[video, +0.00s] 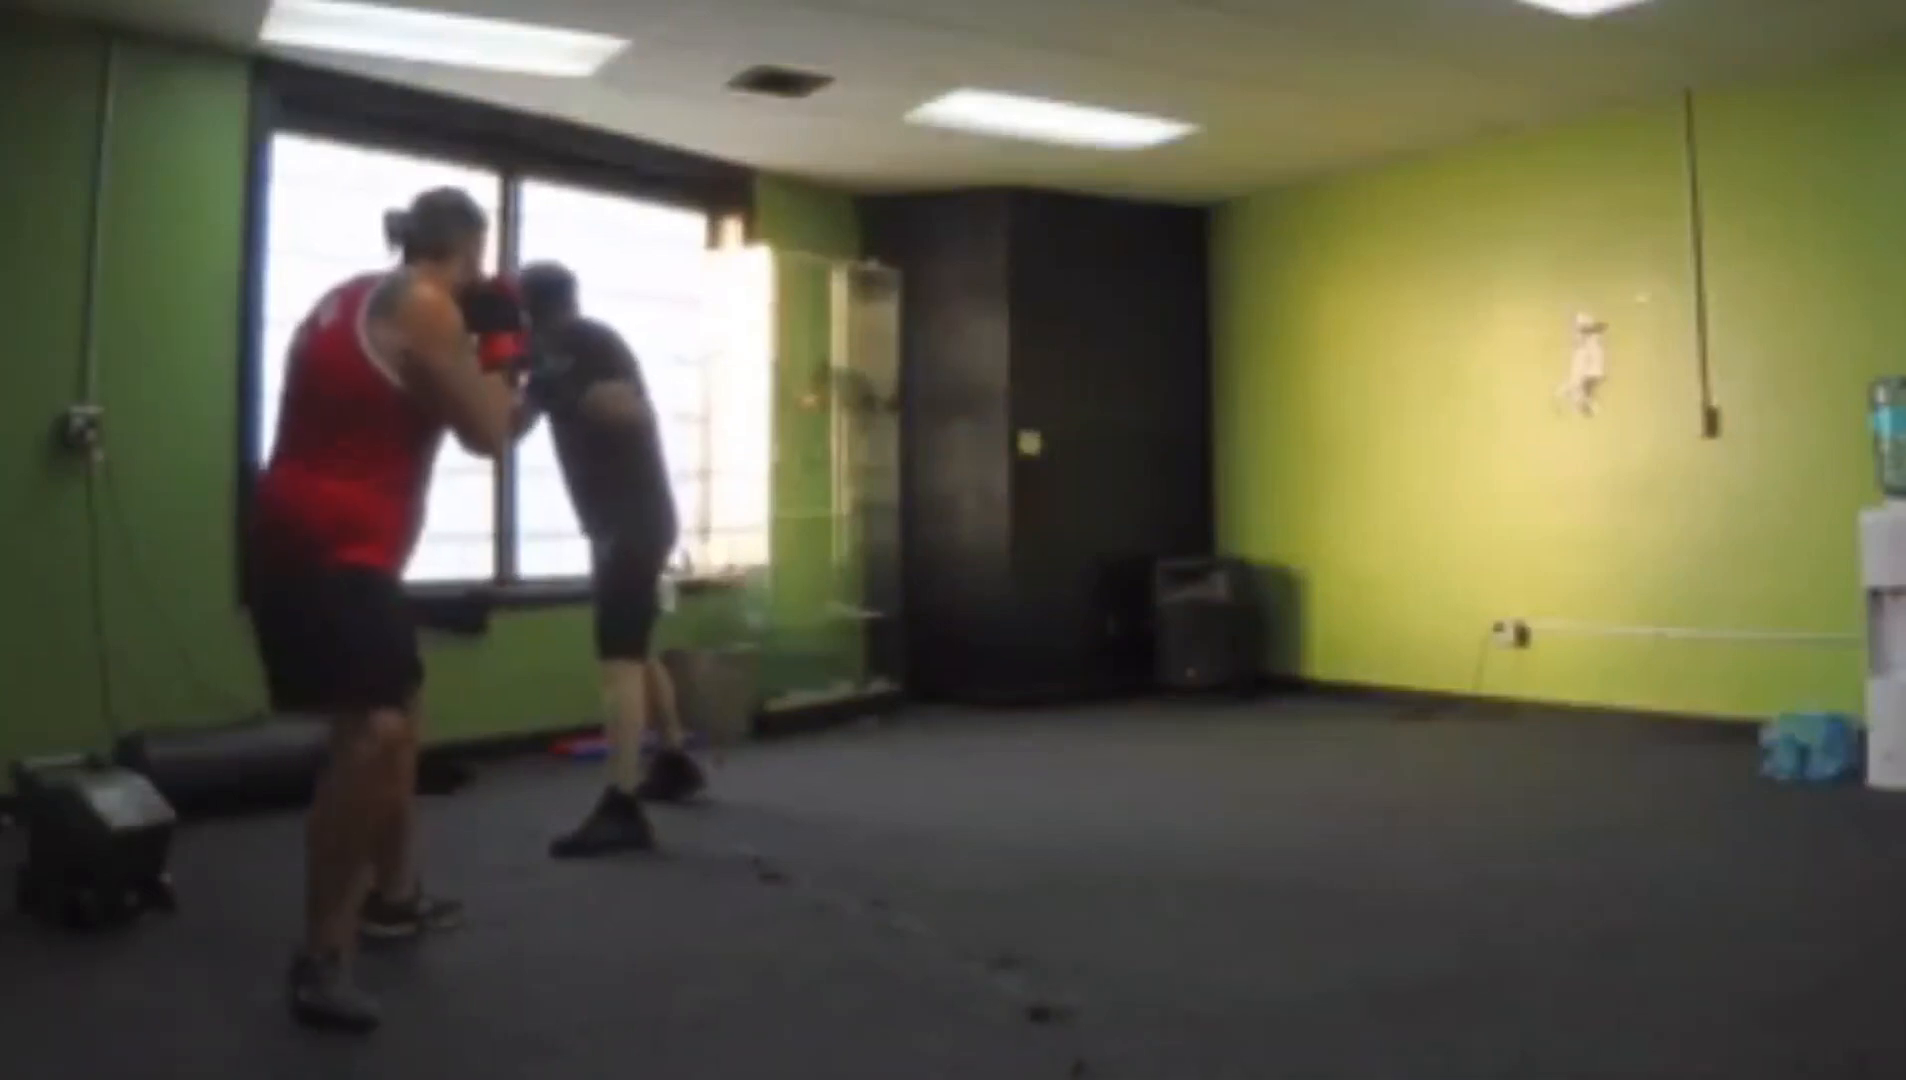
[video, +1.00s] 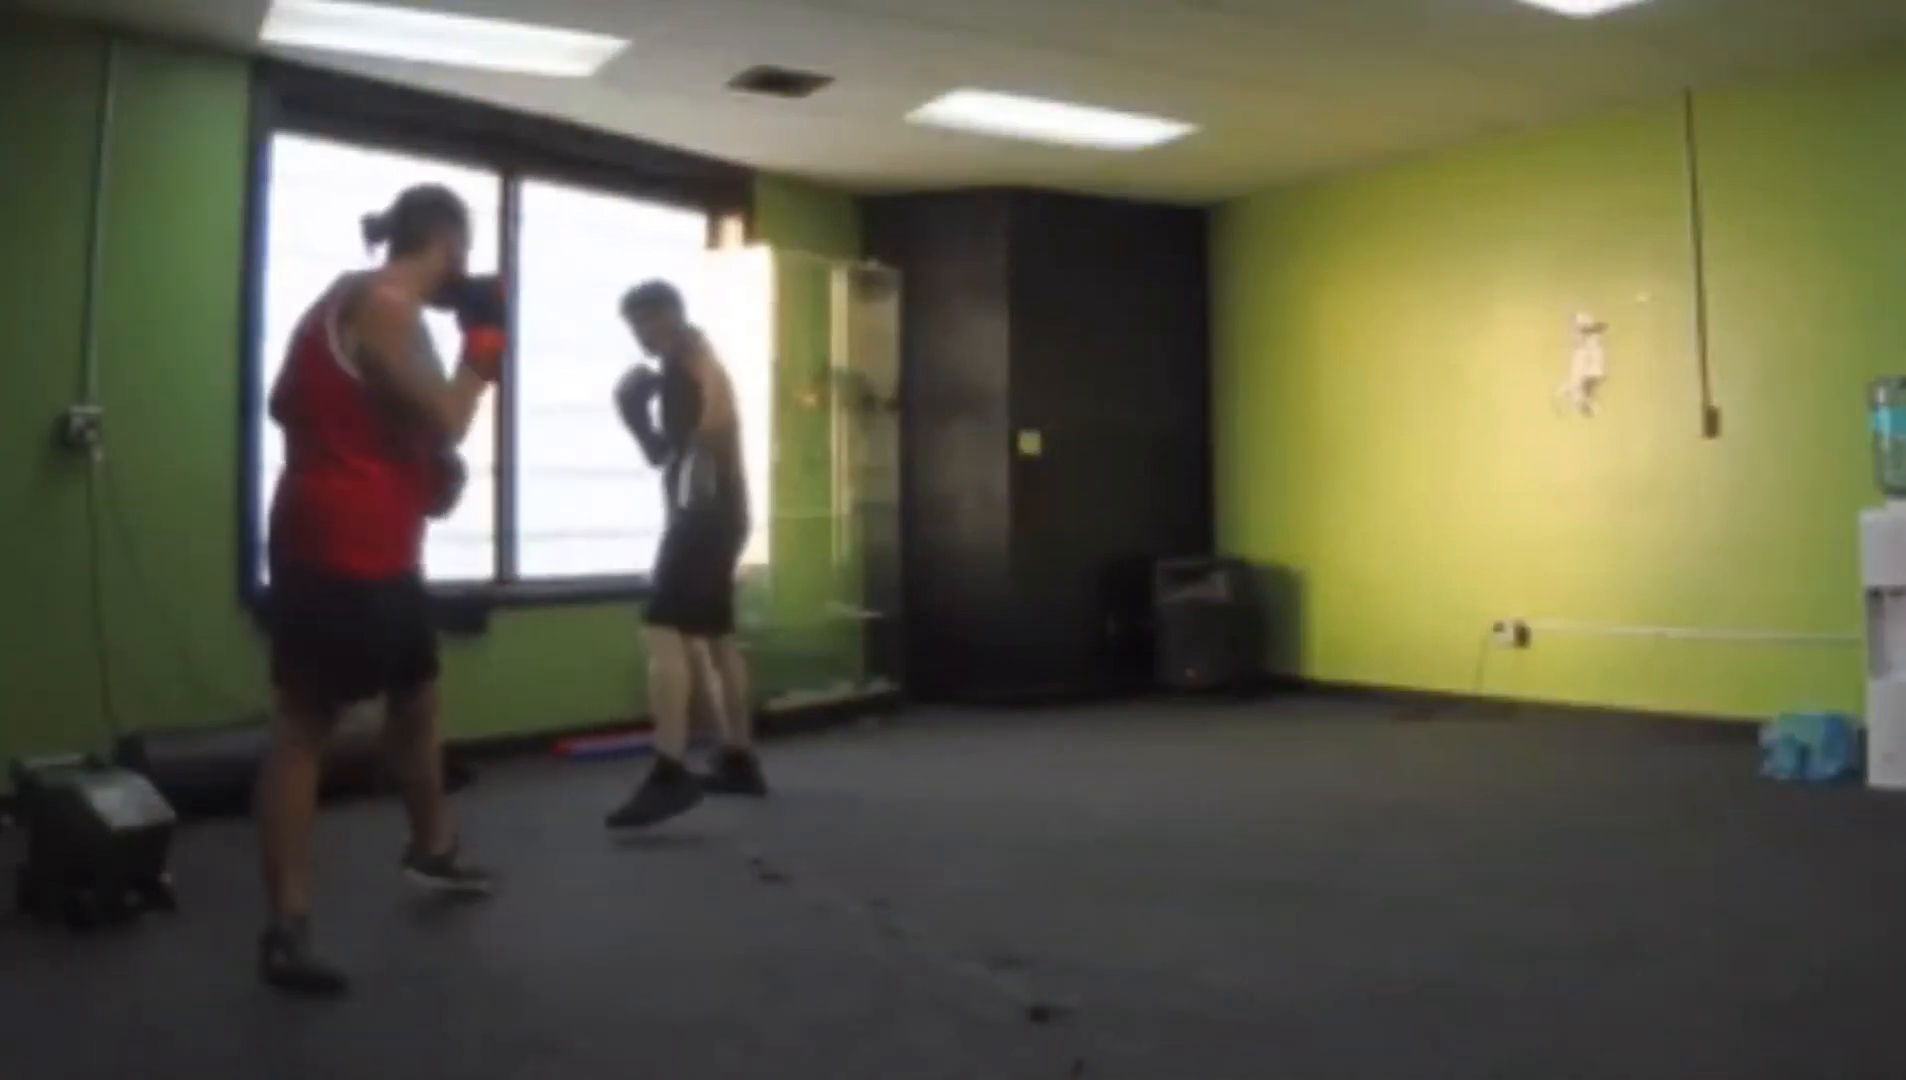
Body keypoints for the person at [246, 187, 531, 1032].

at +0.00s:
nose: (481, 274)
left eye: (480, 261)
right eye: (478, 259)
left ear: (408, 243)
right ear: (456, 253)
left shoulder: (351, 297)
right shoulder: (421, 305)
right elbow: (489, 428)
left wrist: (468, 331)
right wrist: (505, 356)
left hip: (294, 544)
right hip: (344, 554)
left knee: (394, 718)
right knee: (374, 734)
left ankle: (391, 894)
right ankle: (323, 960)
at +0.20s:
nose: (478, 280)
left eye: (478, 268)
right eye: (478, 267)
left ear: (408, 247)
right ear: (456, 259)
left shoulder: (350, 301)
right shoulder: (411, 307)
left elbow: (295, 394)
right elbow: (472, 430)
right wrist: (497, 353)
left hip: (310, 548)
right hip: (358, 557)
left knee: (420, 694)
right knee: (367, 741)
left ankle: (413, 860)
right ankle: (320, 957)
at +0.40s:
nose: (495, 305)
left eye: (499, 291)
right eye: (494, 289)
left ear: (436, 266)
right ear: (468, 277)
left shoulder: (390, 322)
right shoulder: (415, 320)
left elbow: (462, 422)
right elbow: (478, 426)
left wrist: (505, 358)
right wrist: (516, 359)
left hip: (370, 564)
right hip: (356, 565)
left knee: (429, 704)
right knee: (352, 734)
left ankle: (434, 865)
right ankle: (319, 951)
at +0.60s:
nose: (501, 304)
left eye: (503, 292)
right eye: (500, 289)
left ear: (449, 267)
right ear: (478, 277)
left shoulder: (410, 322)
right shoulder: (419, 314)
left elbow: (449, 420)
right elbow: (470, 426)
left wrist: (501, 358)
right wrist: (512, 375)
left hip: (381, 546)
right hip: (347, 541)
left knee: (428, 698)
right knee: (344, 725)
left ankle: (435, 866)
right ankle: (299, 926)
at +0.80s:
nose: (489, 284)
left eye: (492, 273)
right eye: (488, 270)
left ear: (430, 249)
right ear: (464, 259)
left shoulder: (404, 321)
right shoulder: (393, 305)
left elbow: (403, 434)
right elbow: (450, 415)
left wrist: (460, 471)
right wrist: (500, 352)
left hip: (386, 549)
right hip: (348, 546)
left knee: (410, 711)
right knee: (330, 728)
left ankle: (433, 863)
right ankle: (295, 922)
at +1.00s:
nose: (460, 271)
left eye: (461, 258)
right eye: (459, 256)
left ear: (396, 237)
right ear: (438, 245)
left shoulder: (335, 304)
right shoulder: (384, 308)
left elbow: (288, 406)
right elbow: (446, 421)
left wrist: (419, 469)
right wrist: (482, 347)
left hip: (306, 547)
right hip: (365, 553)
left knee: (298, 733)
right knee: (416, 691)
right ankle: (432, 849)